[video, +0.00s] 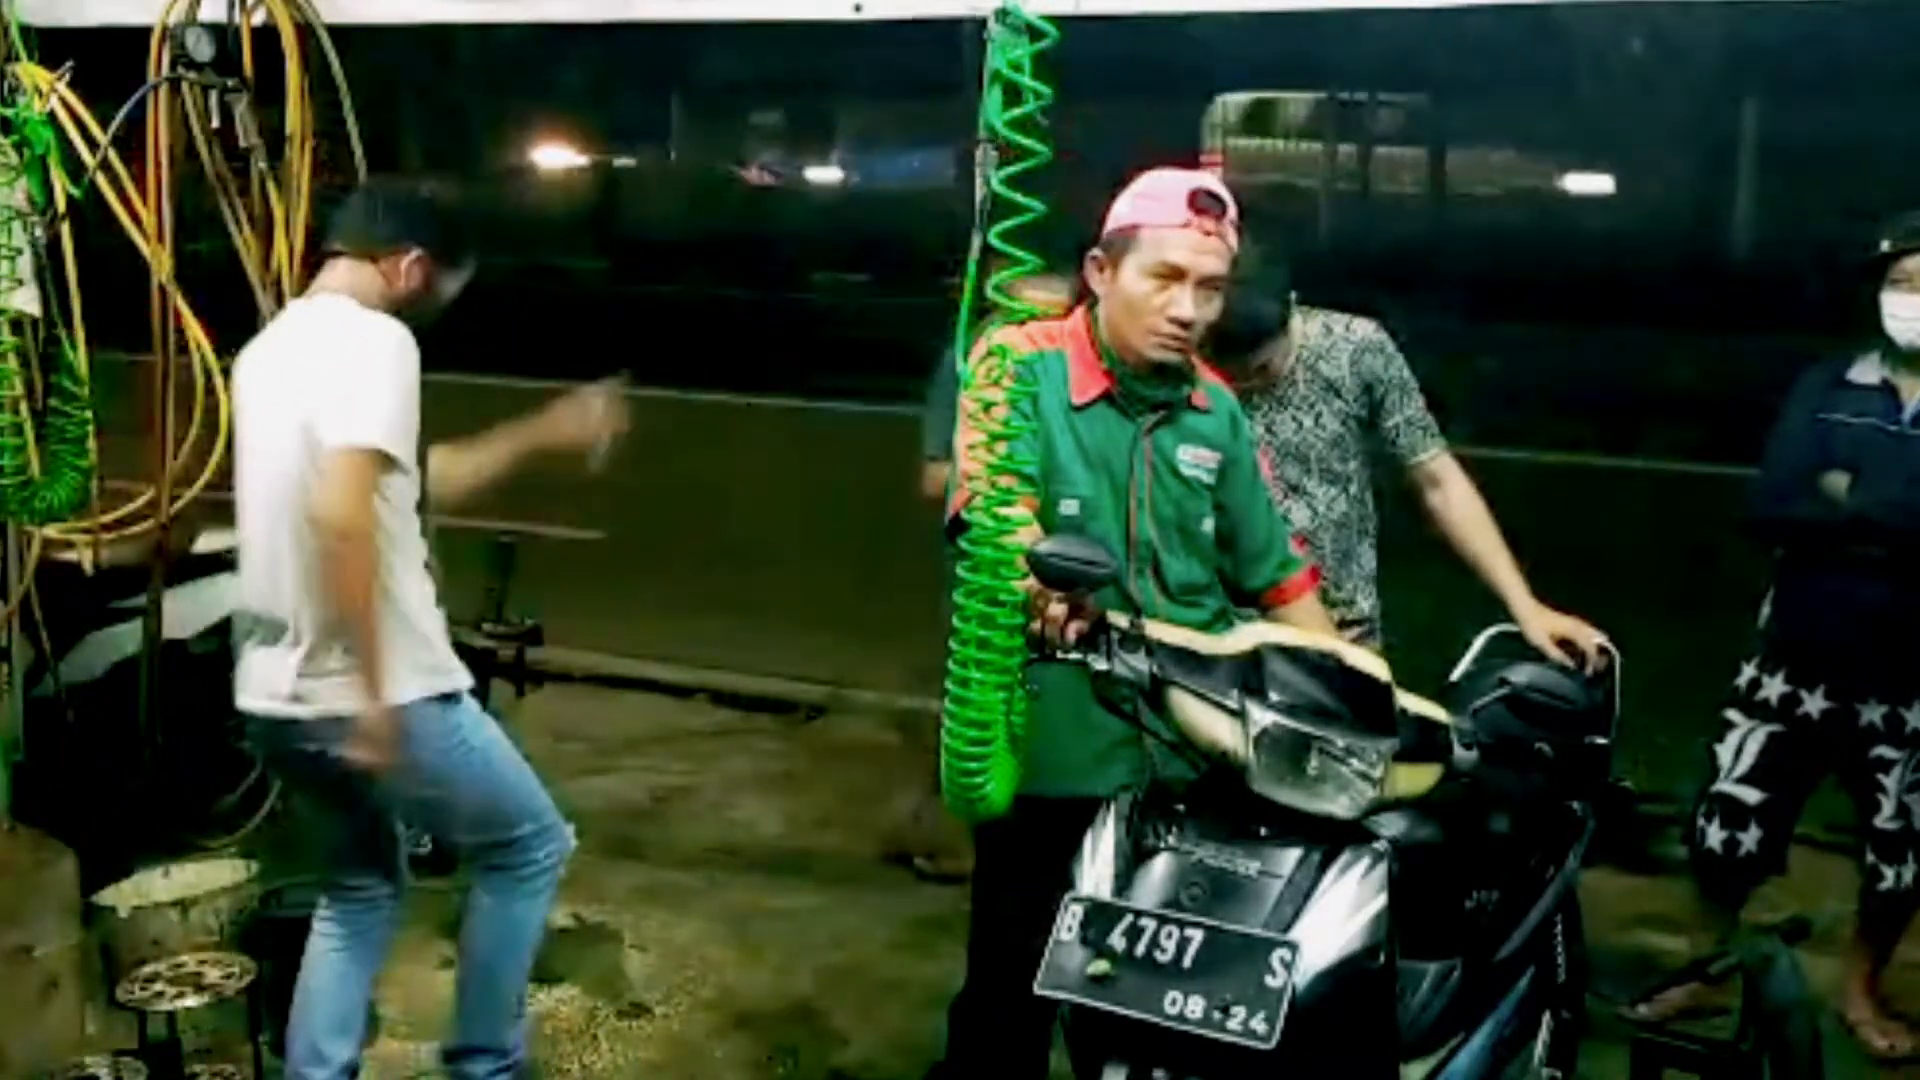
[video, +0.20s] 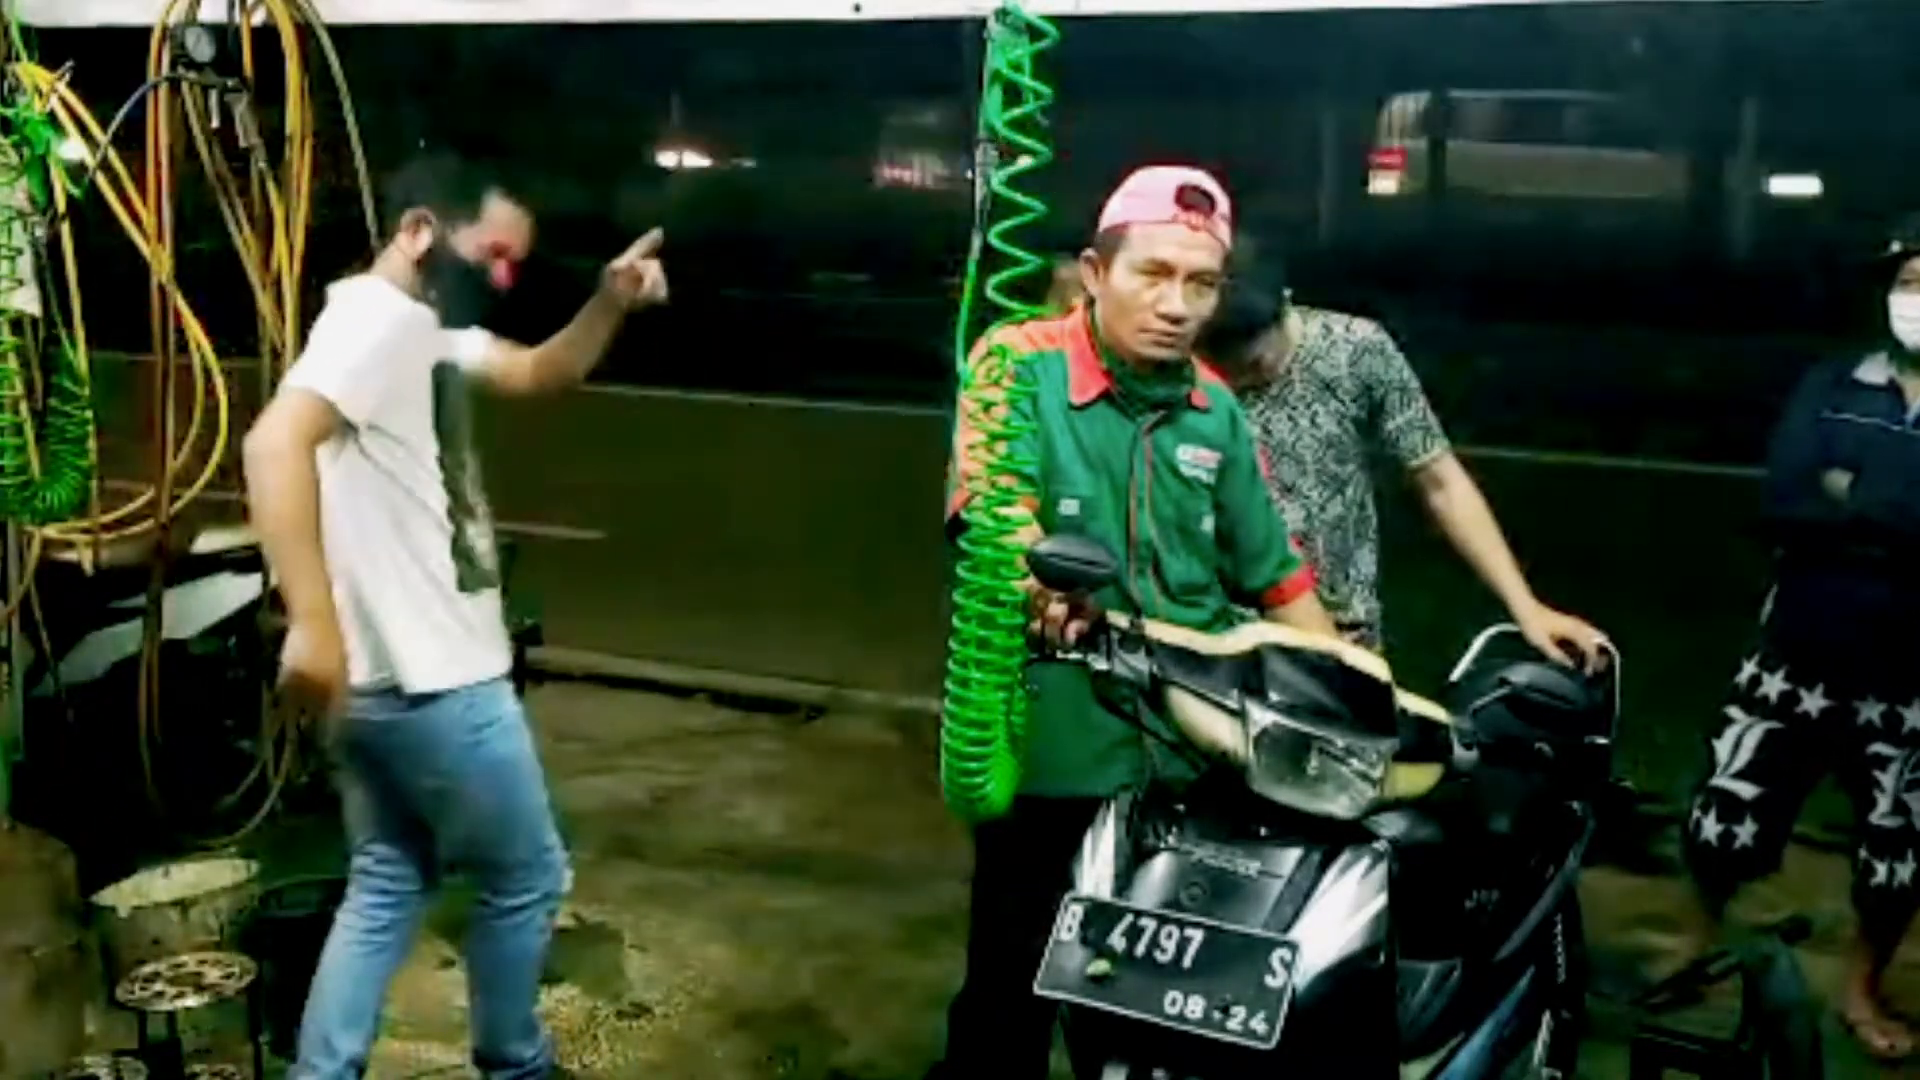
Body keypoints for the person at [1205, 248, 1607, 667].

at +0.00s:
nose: (1251, 382)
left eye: (1263, 366)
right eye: (1233, 372)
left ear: (1287, 323)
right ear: (1197, 344)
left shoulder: (1356, 351)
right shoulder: (1176, 376)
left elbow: (1439, 482)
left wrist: (1526, 608)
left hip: (1338, 646)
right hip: (1215, 653)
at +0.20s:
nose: (1245, 381)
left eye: (1257, 363)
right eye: (1226, 371)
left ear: (1281, 317)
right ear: (1190, 347)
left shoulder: (1357, 354)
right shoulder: (1177, 380)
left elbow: (1440, 482)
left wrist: (1526, 608)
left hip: (1337, 644)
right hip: (1211, 650)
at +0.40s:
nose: (1234, 381)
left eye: (1249, 361)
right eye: (1217, 368)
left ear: (1278, 314)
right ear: (1186, 340)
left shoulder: (1357, 353)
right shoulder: (1179, 378)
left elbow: (1440, 478)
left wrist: (1526, 607)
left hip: (1340, 641)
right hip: (1213, 643)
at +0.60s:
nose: (1248, 377)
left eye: (1263, 359)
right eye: (1231, 364)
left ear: (1297, 314)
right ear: (1204, 342)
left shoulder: (1374, 357)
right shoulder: (1194, 375)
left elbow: (1455, 481)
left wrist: (1525, 607)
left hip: (1348, 642)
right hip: (1228, 642)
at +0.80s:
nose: (1295, 360)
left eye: (1305, 342)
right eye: (1274, 348)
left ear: (1335, 309)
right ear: (1244, 330)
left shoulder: (1406, 365)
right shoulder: (1207, 374)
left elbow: (1468, 489)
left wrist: (1526, 606)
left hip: (1354, 651)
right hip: (1230, 646)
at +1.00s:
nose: (1336, 357)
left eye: (1352, 338)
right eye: (1318, 343)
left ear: (1381, 314)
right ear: (1286, 324)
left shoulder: (1435, 364)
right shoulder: (1229, 373)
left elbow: (1478, 490)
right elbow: (1190, 507)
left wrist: (1528, 607)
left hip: (1374, 653)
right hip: (1252, 648)